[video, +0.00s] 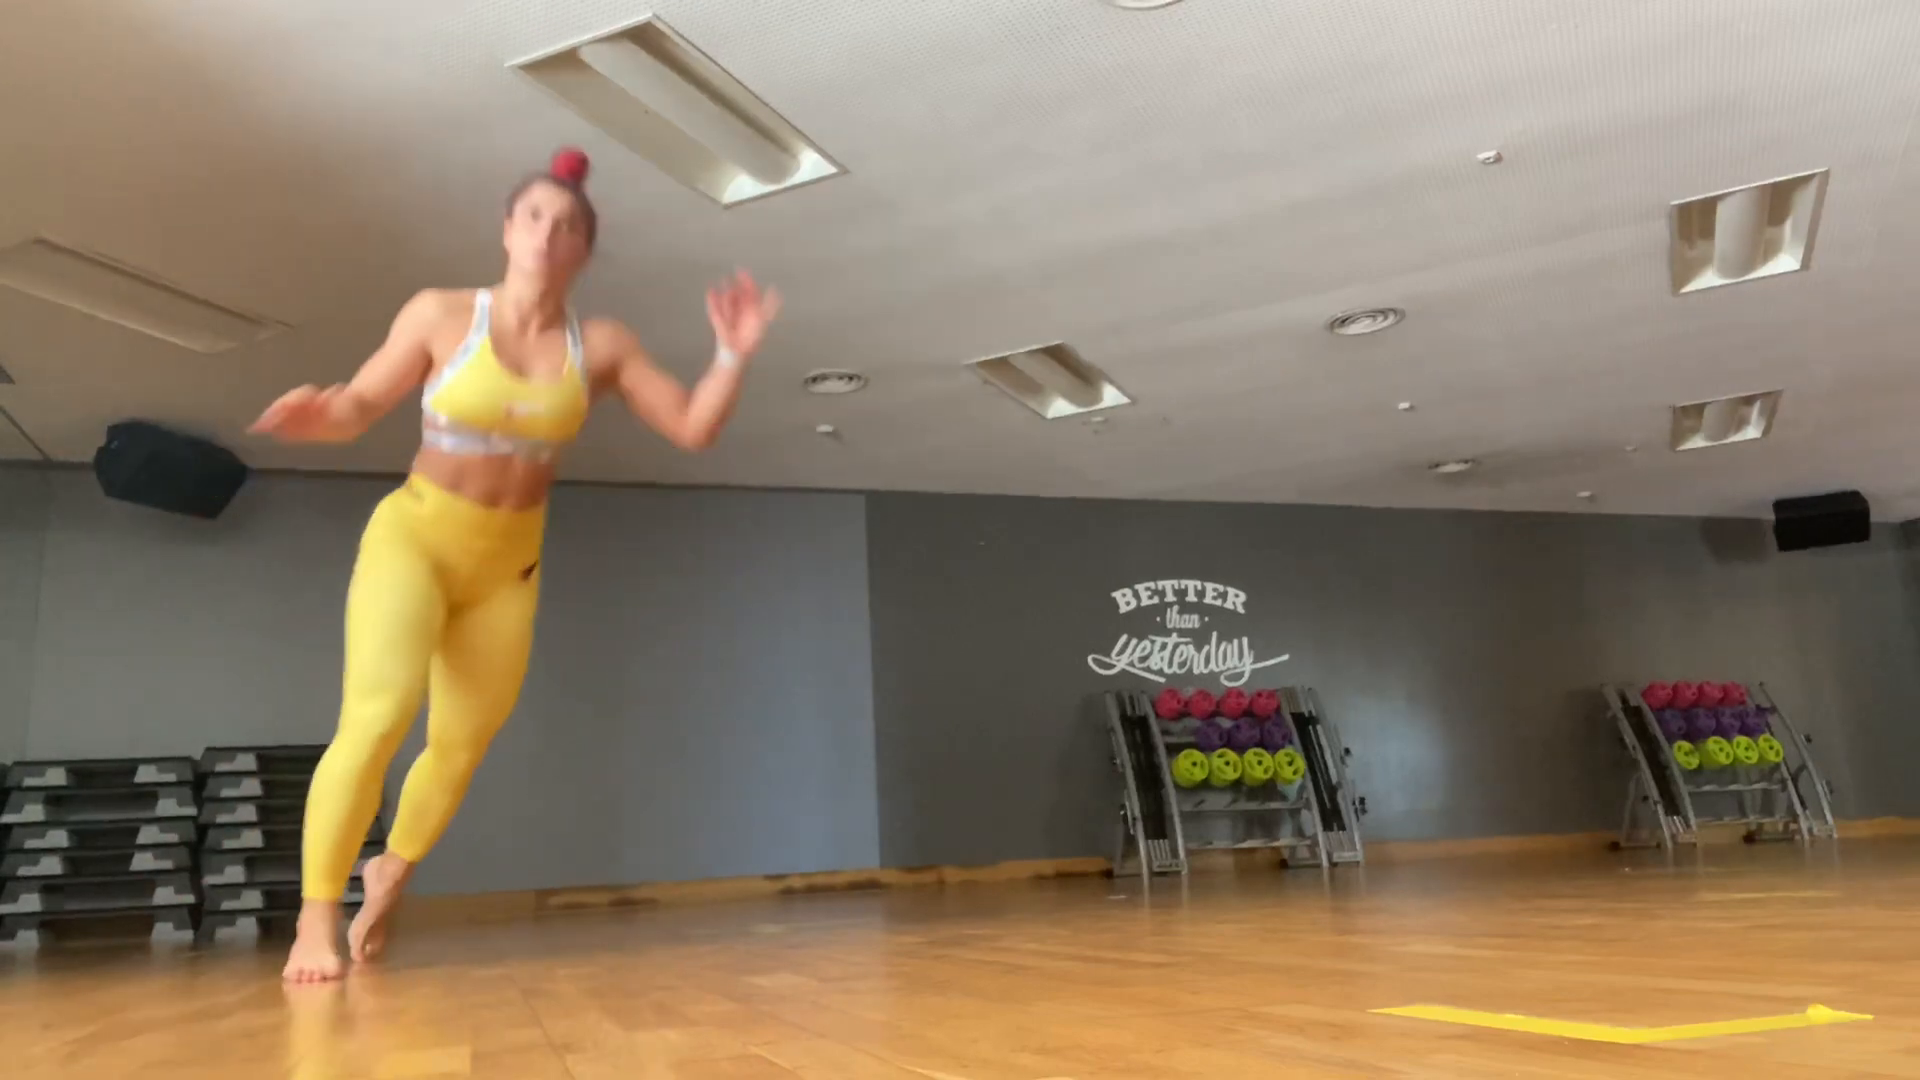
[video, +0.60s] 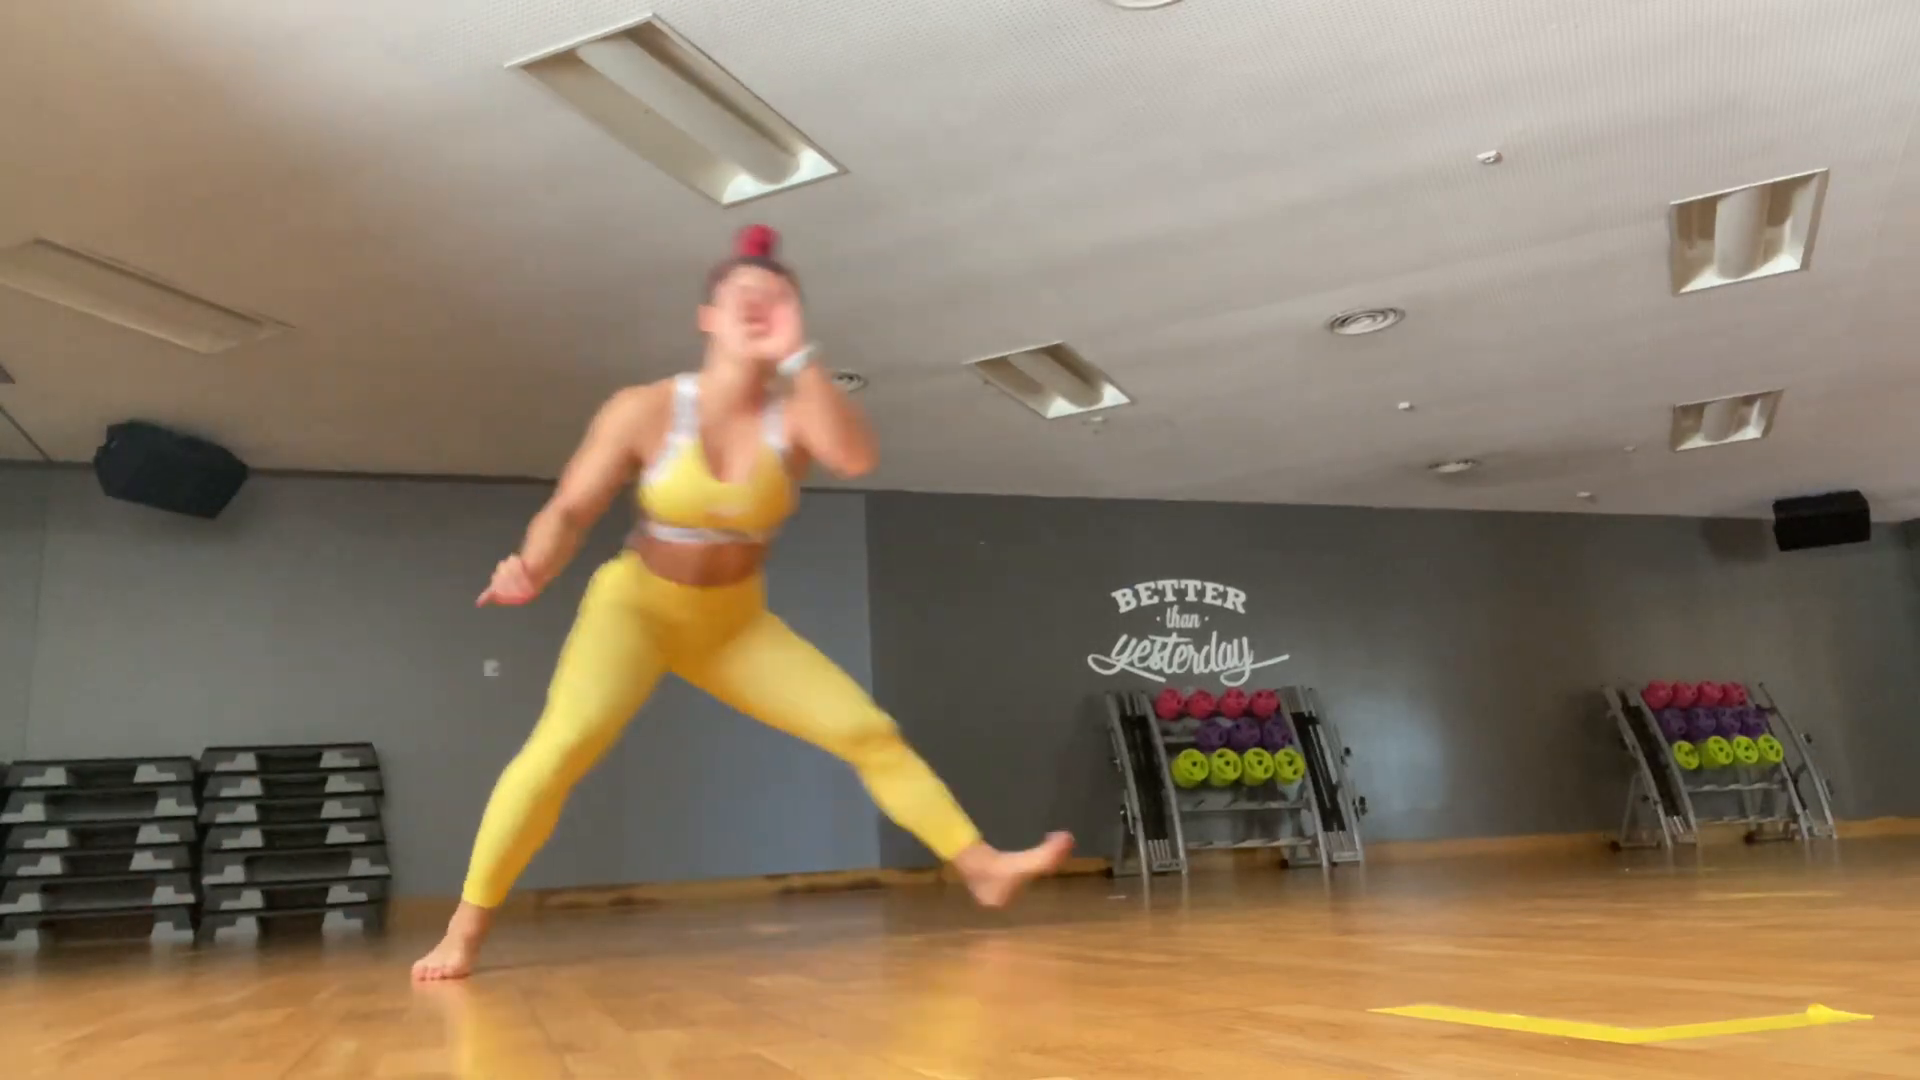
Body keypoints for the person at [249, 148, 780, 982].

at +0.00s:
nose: (546, 230)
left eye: (565, 223)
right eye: (533, 215)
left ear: (584, 252)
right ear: (505, 229)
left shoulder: (601, 344)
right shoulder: (440, 315)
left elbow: (692, 428)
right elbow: (359, 402)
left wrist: (732, 356)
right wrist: (321, 412)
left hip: (509, 567)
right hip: (415, 539)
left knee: (456, 757)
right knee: (375, 717)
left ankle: (387, 880)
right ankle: (316, 918)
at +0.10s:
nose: (533, 194)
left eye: (552, 185)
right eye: (518, 180)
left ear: (574, 211)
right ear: (492, 200)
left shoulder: (603, 298)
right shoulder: (438, 291)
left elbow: (695, 380)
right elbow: (364, 411)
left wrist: (702, 307)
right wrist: (360, 383)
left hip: (537, 542)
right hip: (441, 519)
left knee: (476, 728)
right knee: (418, 694)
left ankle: (399, 882)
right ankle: (357, 901)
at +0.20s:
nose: (523, 206)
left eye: (542, 197)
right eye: (507, 195)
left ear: (568, 227)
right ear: (484, 218)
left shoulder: (603, 311)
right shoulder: (445, 313)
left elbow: (698, 403)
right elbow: (384, 433)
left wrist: (659, 338)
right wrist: (435, 347)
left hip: (575, 548)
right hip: (479, 537)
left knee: (545, 742)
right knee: (467, 707)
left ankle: (443, 887)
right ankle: (447, 911)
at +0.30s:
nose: (533, 239)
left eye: (551, 228)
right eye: (516, 226)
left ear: (576, 258)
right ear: (491, 249)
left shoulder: (609, 343)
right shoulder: (451, 356)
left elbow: (696, 448)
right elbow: (428, 454)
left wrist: (650, 387)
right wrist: (503, 361)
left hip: (600, 565)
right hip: (499, 559)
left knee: (618, 744)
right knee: (475, 716)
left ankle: (520, 886)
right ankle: (448, 923)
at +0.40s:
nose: (594, 268)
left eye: (613, 258)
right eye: (576, 254)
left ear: (634, 286)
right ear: (547, 277)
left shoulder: (667, 367)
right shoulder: (501, 376)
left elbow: (724, 488)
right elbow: (498, 487)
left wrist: (683, 430)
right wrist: (570, 441)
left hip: (654, 572)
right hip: (546, 573)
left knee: (724, 727)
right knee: (490, 720)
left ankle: (695, 883)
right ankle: (451, 928)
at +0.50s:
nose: (670, 290)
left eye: (688, 278)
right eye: (653, 274)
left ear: (706, 305)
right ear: (620, 293)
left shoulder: (726, 386)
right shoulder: (563, 391)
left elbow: (778, 487)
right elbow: (516, 512)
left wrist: (728, 409)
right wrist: (537, 521)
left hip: (691, 591)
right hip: (583, 588)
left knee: (798, 727)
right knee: (522, 727)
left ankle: (862, 879)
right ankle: (459, 926)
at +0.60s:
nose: (766, 318)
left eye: (778, 305)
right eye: (749, 304)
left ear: (793, 324)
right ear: (709, 318)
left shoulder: (797, 408)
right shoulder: (643, 411)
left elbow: (853, 456)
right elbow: (570, 510)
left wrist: (800, 359)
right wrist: (532, 567)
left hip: (738, 624)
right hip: (637, 611)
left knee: (864, 728)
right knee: (562, 747)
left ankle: (983, 866)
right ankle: (466, 927)